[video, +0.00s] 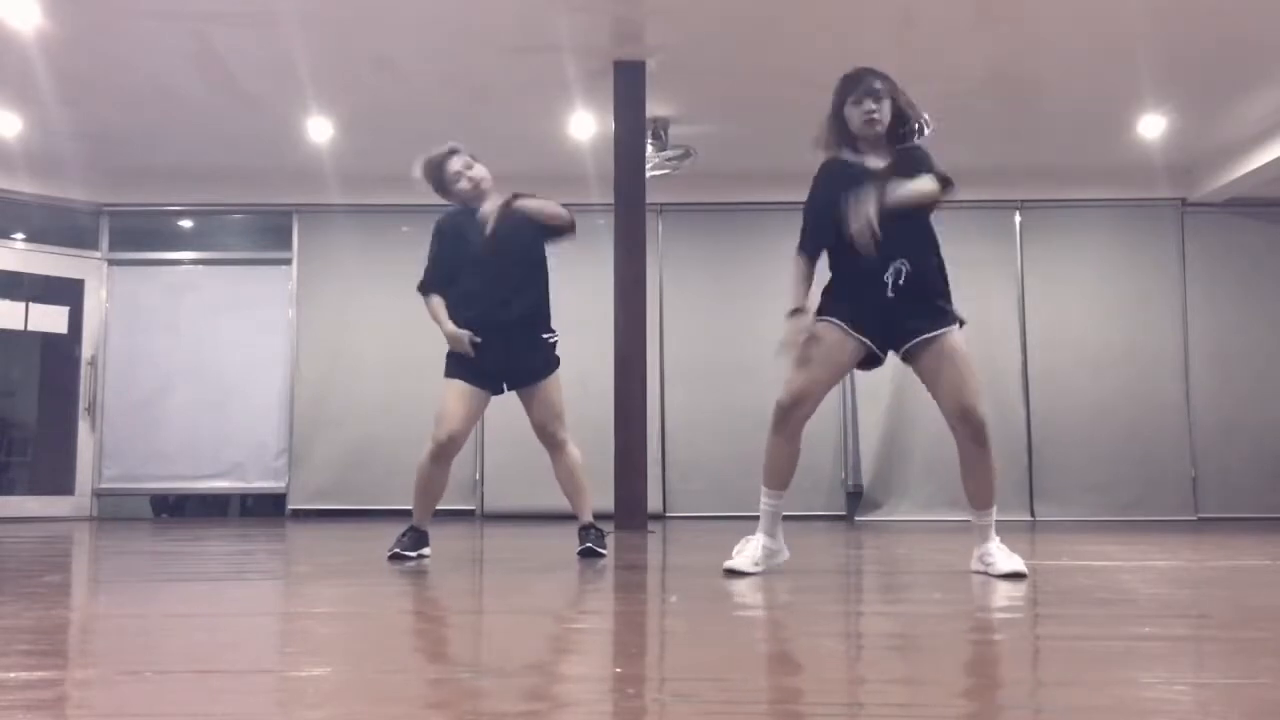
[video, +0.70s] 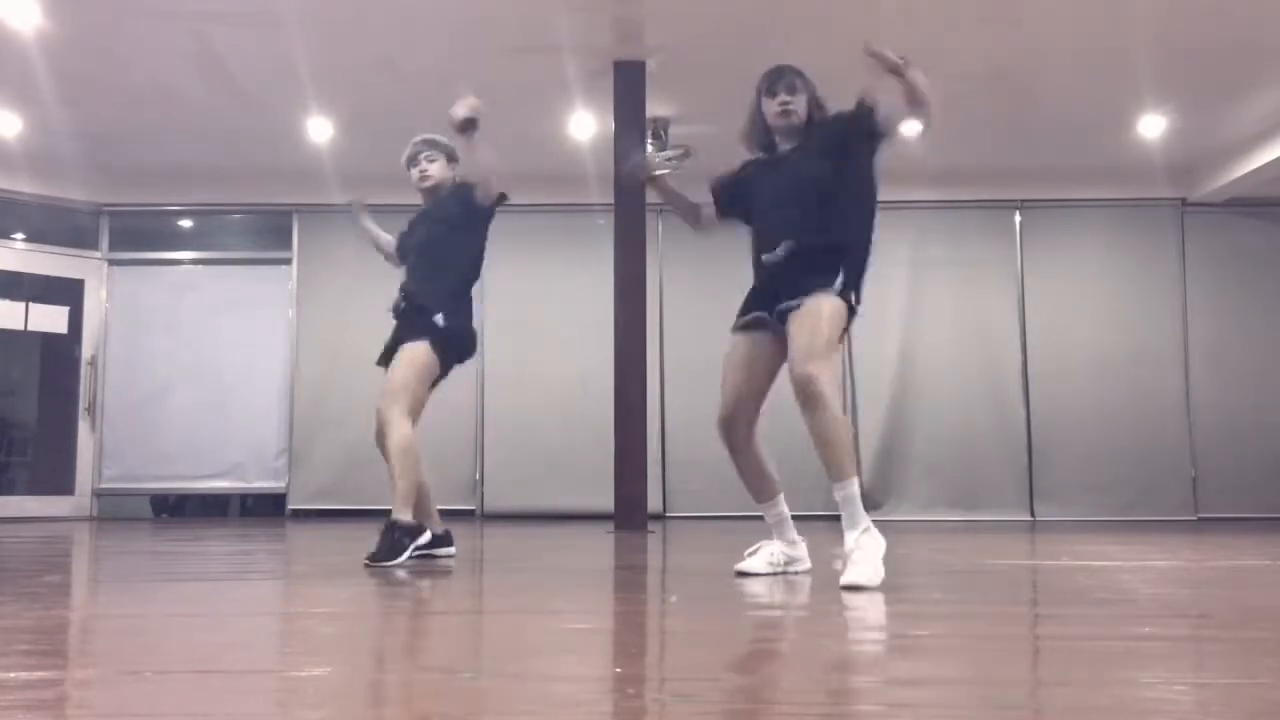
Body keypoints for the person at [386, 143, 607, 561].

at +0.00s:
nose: (470, 176)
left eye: (470, 165)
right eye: (457, 178)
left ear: (483, 164)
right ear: (449, 195)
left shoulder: (523, 212)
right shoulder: (450, 227)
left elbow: (564, 220)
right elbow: (431, 287)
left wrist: (512, 204)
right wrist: (449, 328)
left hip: (529, 342)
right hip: (473, 347)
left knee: (554, 434)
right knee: (445, 439)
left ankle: (588, 527)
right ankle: (417, 531)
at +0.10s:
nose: (446, 172)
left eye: (453, 164)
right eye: (436, 171)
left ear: (470, 170)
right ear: (430, 188)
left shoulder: (496, 192)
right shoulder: (440, 241)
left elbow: (514, 230)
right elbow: (438, 300)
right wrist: (447, 321)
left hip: (528, 331)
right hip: (475, 339)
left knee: (557, 432)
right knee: (447, 431)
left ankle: (589, 526)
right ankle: (426, 530)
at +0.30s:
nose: (439, 171)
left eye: (447, 163)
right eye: (431, 167)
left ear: (467, 169)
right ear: (426, 179)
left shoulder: (470, 201)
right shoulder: (443, 222)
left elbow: (491, 234)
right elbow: (429, 274)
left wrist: (475, 290)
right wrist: (416, 305)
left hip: (485, 329)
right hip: (450, 334)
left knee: (505, 427)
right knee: (420, 429)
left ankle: (584, 502)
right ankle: (433, 532)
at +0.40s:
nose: (432, 166)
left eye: (440, 159)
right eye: (424, 164)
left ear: (459, 166)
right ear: (418, 176)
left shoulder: (471, 197)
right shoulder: (419, 221)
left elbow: (493, 180)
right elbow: (392, 232)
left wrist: (453, 185)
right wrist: (371, 238)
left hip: (473, 314)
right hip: (436, 316)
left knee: (454, 405)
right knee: (416, 426)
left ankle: (517, 500)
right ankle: (433, 530)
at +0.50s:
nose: (429, 158)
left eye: (438, 150)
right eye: (421, 155)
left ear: (459, 160)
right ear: (416, 168)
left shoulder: (465, 200)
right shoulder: (416, 216)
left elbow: (474, 178)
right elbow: (383, 248)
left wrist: (481, 139)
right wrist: (398, 212)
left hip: (468, 315)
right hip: (432, 320)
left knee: (424, 385)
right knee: (422, 417)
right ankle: (434, 527)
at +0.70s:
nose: (422, 167)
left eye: (430, 159)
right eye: (414, 164)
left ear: (453, 165)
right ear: (411, 177)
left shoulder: (469, 202)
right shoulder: (421, 221)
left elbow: (484, 181)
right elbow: (396, 253)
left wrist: (469, 135)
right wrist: (363, 220)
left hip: (440, 320)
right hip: (413, 324)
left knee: (395, 410)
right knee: (388, 434)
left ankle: (403, 523)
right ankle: (434, 532)